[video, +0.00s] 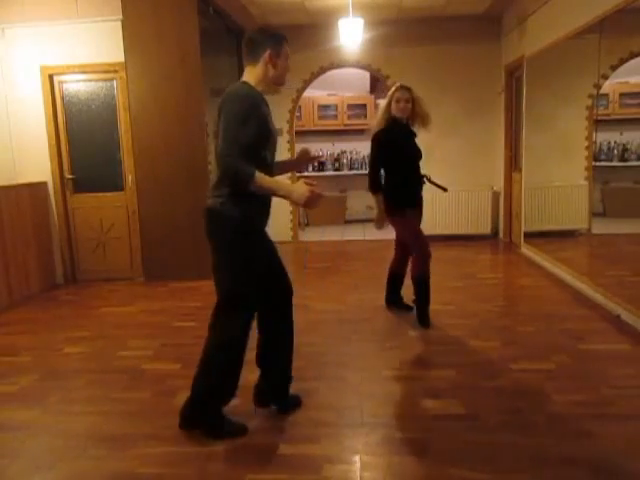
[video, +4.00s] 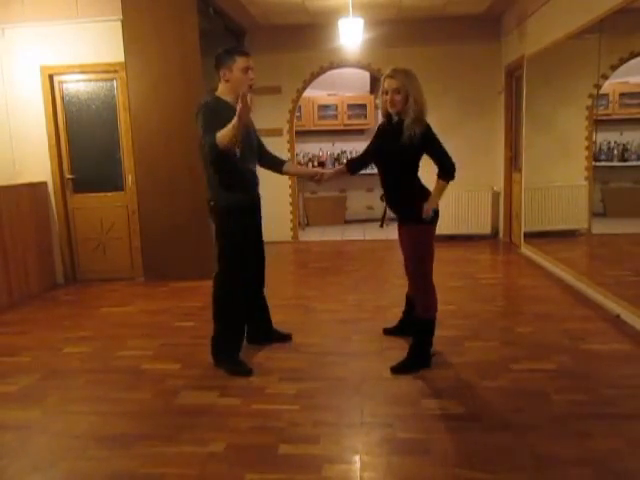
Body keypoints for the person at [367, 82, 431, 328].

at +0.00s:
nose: (402, 105)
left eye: (407, 101)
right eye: (398, 101)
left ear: (412, 105)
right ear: (390, 104)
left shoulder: (409, 133)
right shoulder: (382, 135)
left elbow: (406, 164)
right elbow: (374, 174)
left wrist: (417, 176)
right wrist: (379, 206)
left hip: (413, 197)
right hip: (395, 198)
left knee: (403, 250)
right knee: (421, 251)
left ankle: (393, 295)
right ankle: (422, 308)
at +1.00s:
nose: (392, 98)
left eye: (396, 93)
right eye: (392, 93)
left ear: (411, 95)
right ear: (400, 96)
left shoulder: (427, 128)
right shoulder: (398, 131)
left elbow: (438, 169)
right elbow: (377, 167)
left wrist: (414, 193)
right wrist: (353, 162)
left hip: (412, 204)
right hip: (391, 202)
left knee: (394, 265)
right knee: (394, 262)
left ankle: (397, 330)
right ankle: (414, 304)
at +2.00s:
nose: (394, 91)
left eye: (399, 86)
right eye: (394, 86)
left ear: (414, 90)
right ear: (409, 90)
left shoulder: (423, 126)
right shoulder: (407, 124)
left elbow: (434, 177)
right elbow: (395, 161)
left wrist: (407, 204)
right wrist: (360, 161)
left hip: (418, 208)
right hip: (412, 208)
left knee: (394, 270)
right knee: (410, 266)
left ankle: (434, 325)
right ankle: (427, 320)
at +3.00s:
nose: (392, 90)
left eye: (397, 85)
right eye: (393, 85)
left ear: (413, 88)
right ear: (411, 89)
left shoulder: (424, 123)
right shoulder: (407, 122)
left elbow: (439, 173)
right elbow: (378, 154)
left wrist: (410, 201)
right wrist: (340, 168)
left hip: (415, 211)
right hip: (410, 209)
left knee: (408, 275)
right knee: (419, 269)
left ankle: (424, 349)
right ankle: (429, 325)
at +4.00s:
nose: (392, 97)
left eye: (398, 92)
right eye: (387, 92)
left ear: (410, 94)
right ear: (382, 96)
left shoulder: (418, 129)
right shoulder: (386, 128)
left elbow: (447, 168)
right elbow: (362, 160)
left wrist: (433, 201)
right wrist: (330, 173)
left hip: (420, 212)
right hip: (405, 212)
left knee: (421, 278)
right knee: (412, 270)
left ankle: (422, 349)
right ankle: (410, 320)